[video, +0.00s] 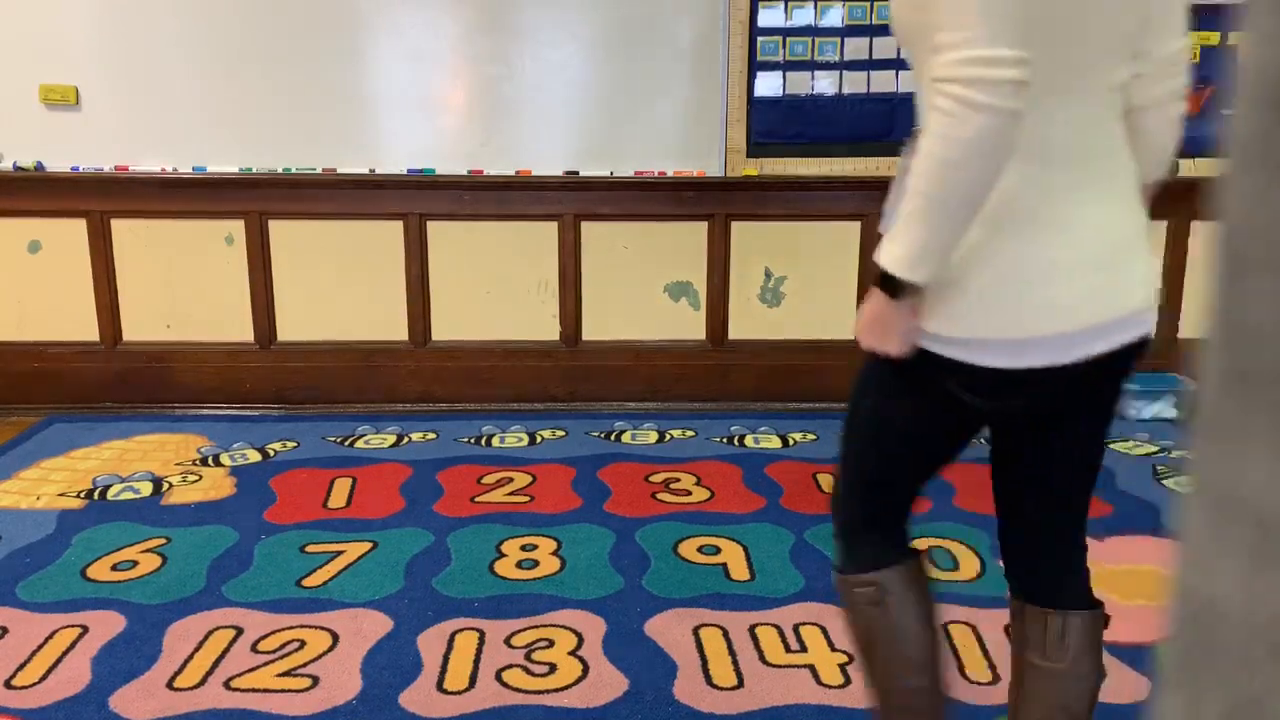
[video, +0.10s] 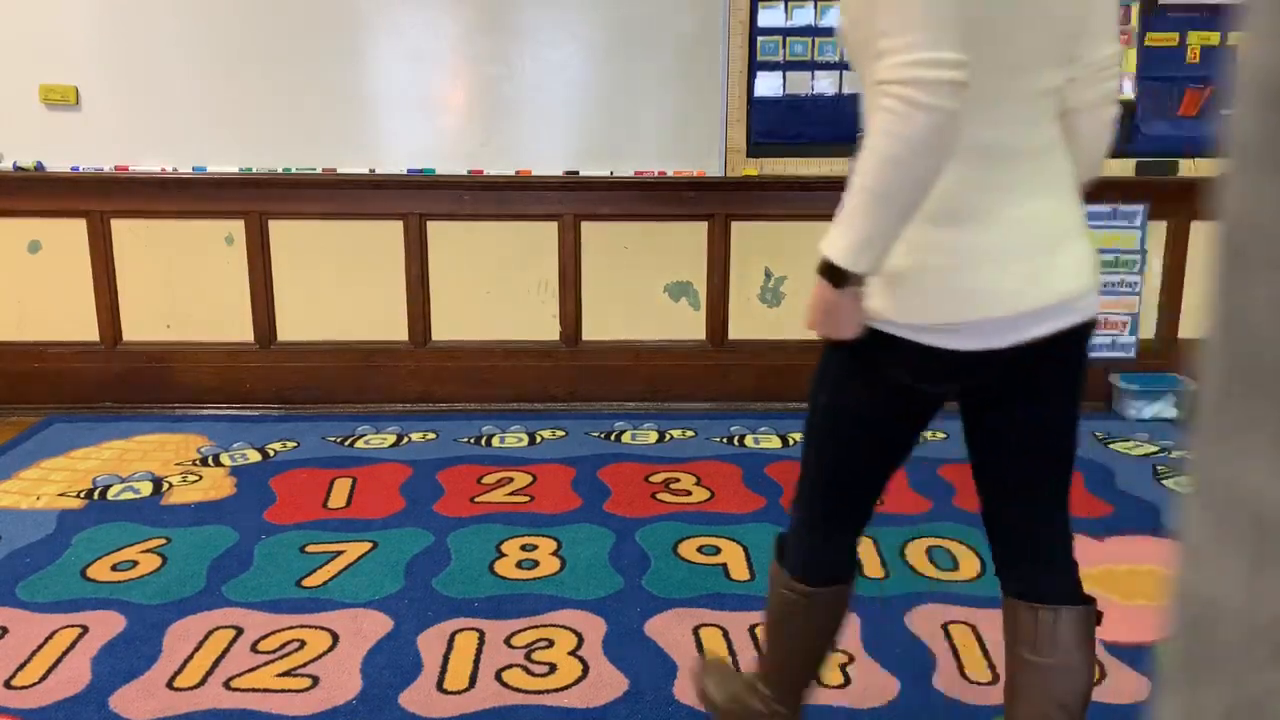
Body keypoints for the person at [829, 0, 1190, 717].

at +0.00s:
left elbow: (980, 91)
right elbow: (1159, 103)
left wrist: (895, 278)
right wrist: (1095, 219)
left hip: (975, 303)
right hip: (1104, 300)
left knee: (867, 508)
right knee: (1049, 547)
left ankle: (912, 707)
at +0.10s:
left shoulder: (896, 2)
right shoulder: (1079, 0)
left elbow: (923, 96)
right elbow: (1096, 101)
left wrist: (841, 269)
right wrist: (1036, 210)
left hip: (919, 290)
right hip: (1048, 285)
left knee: (826, 512)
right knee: (1037, 543)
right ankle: (1045, 709)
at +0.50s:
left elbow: (690, 55)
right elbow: (909, 43)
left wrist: (651, 212)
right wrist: (919, 187)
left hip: (726, 237)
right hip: (835, 236)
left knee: (718, 464)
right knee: (759, 427)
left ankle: (729, 679)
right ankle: (808, 650)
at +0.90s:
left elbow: (573, 49)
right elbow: (774, 50)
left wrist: (544, 191)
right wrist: (794, 185)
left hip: (606, 221)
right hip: (705, 222)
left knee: (599, 431)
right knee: (665, 420)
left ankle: (681, 626)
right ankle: (636, 605)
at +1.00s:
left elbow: (547, 46)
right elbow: (748, 45)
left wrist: (523, 185)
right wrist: (768, 180)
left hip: (579, 215)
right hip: (680, 217)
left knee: (562, 402)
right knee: (656, 408)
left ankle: (613, 596)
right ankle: (642, 611)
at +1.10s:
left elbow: (516, 38)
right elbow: (716, 36)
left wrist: (496, 175)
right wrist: (738, 172)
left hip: (552, 204)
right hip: (654, 206)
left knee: (536, 401)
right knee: (647, 407)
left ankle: (538, 604)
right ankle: (641, 608)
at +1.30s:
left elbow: (449, 62)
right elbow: (638, 65)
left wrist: (434, 194)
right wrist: (672, 192)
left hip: (492, 201)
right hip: (596, 202)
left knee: (481, 397)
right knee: (612, 405)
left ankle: (474, 588)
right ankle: (633, 604)